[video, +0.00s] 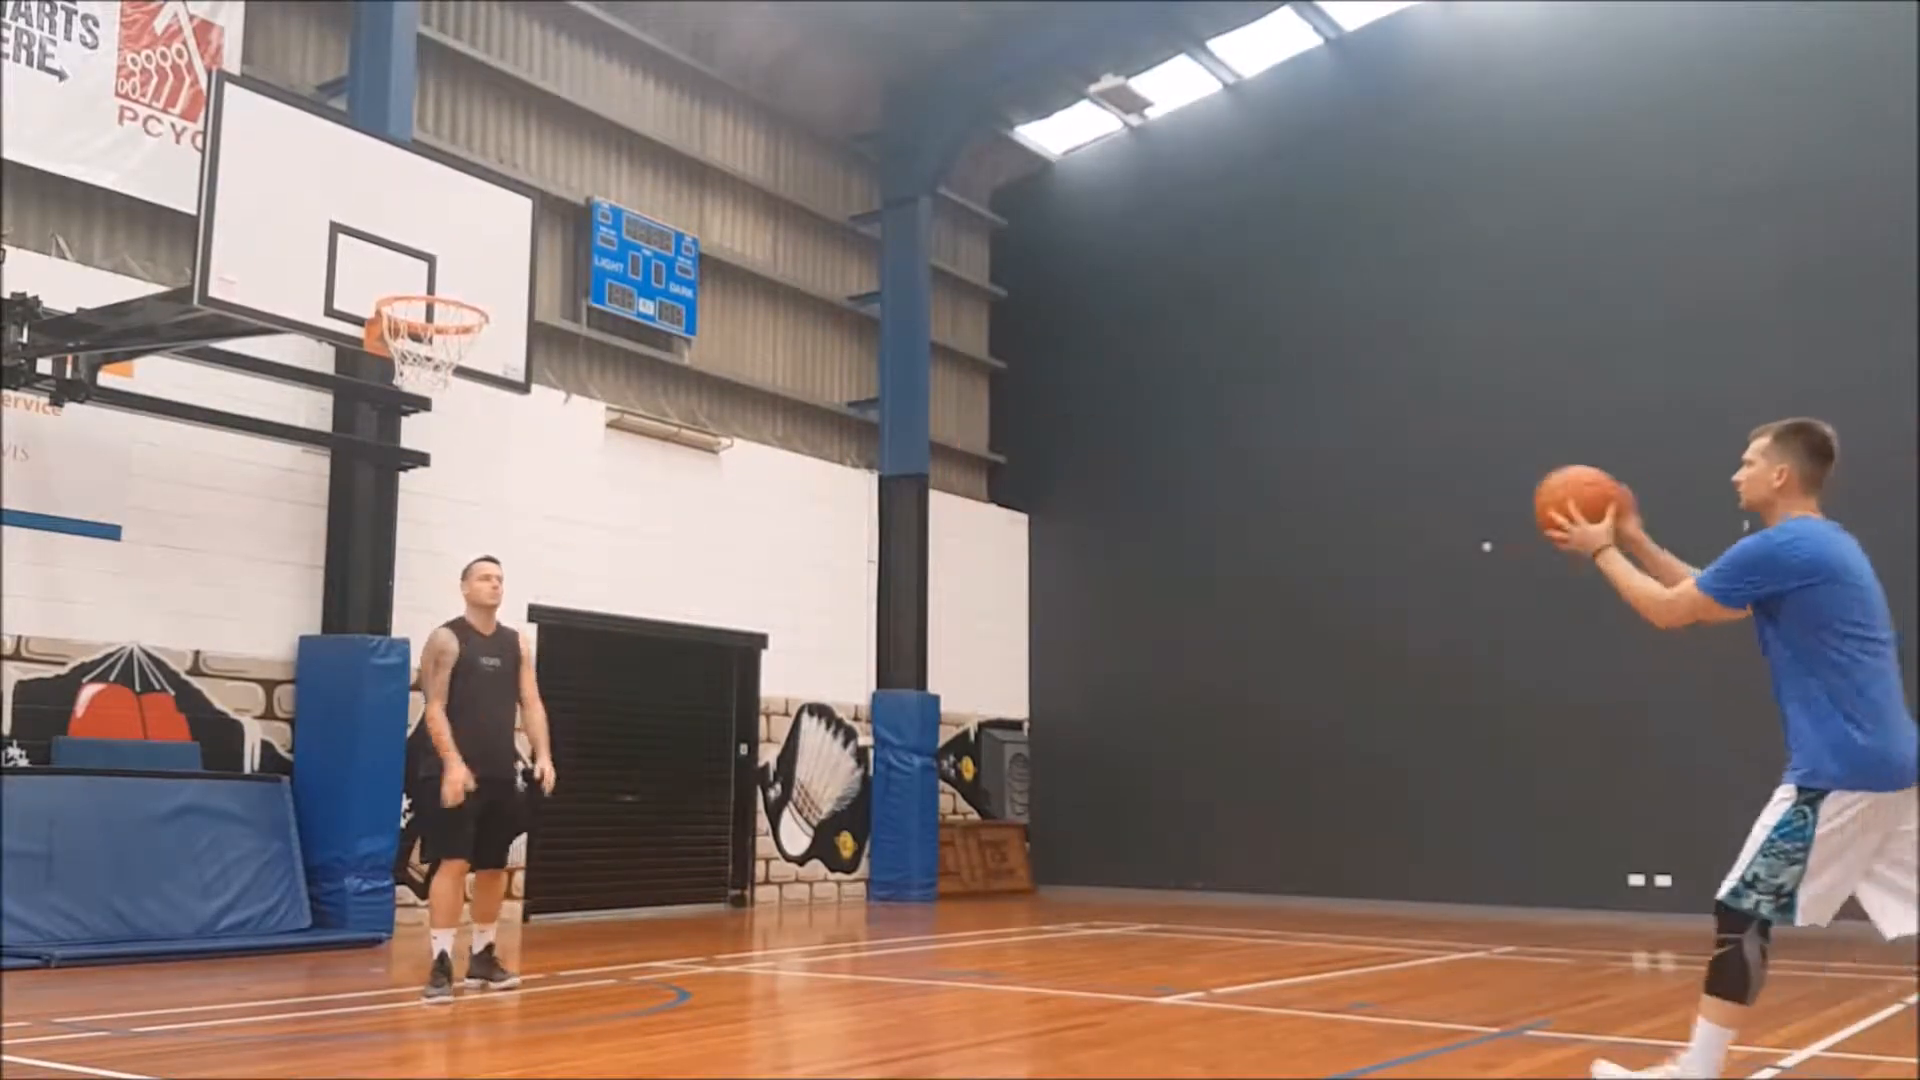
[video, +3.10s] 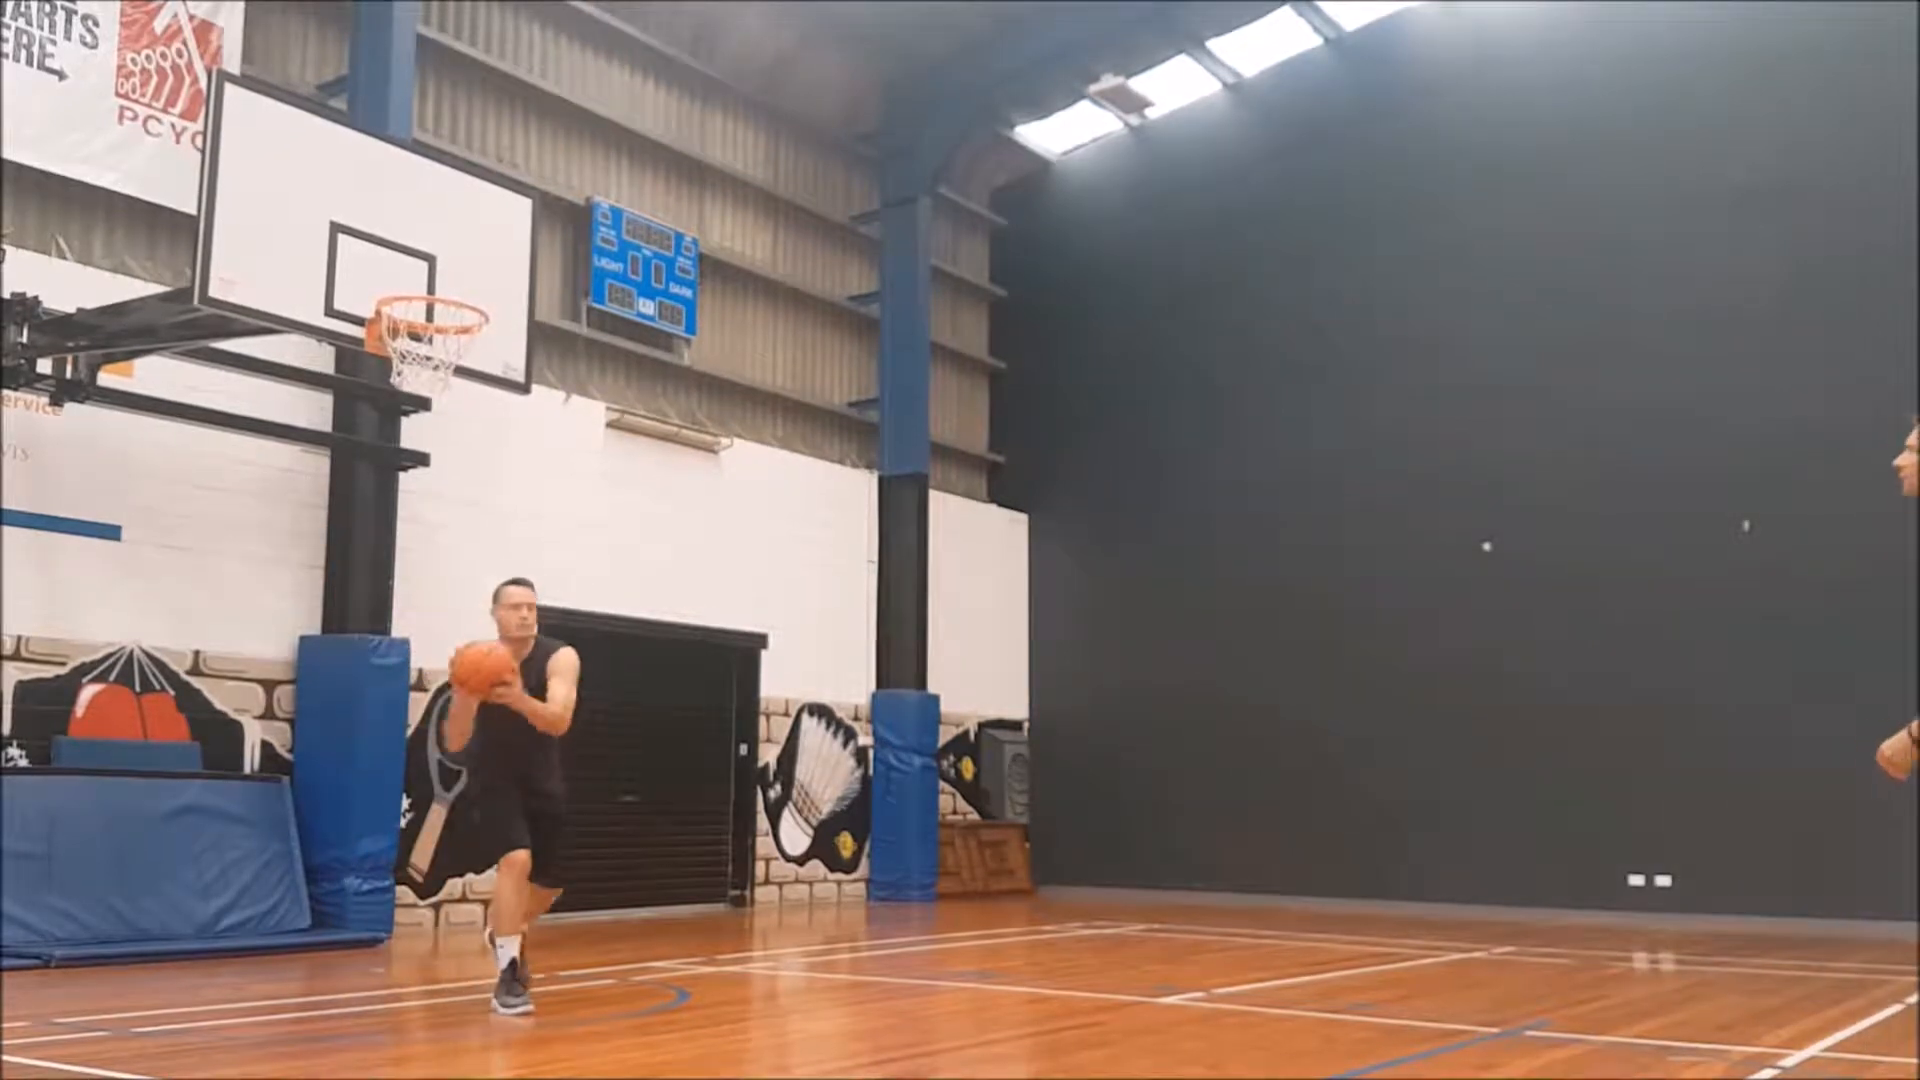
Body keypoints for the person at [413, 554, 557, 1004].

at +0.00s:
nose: (494, 585)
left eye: (499, 579)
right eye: (485, 578)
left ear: (504, 590)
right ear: (464, 588)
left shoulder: (516, 643)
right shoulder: (445, 640)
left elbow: (531, 704)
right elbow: (434, 710)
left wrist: (543, 755)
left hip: (500, 769)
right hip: (451, 768)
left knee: (494, 863)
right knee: (454, 861)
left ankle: (484, 956)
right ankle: (442, 963)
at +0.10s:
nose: (500, 586)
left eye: (505, 580)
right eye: (491, 580)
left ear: (510, 591)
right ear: (471, 589)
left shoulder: (525, 645)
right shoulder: (447, 641)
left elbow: (534, 713)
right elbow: (417, 708)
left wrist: (544, 773)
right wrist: (397, 770)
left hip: (504, 777)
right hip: (454, 775)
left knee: (491, 865)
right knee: (452, 863)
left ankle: (483, 956)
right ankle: (439, 965)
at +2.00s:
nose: (447, 591)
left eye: (455, 589)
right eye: (440, 590)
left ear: (467, 608)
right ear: (429, 609)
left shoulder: (490, 653)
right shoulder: (409, 658)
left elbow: (515, 706)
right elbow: (390, 710)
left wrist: (519, 732)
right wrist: (382, 736)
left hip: (472, 778)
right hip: (418, 777)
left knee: (473, 861)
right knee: (415, 866)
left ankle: (463, 956)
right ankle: (413, 952)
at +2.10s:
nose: (459, 588)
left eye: (467, 587)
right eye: (452, 587)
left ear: (479, 607)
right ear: (442, 606)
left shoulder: (499, 651)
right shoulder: (420, 655)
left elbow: (532, 701)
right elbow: (392, 715)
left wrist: (517, 711)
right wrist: (381, 698)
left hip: (480, 771)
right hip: (427, 769)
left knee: (482, 862)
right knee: (417, 862)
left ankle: (463, 957)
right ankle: (413, 947)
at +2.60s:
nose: (482, 611)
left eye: (491, 603)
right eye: (479, 603)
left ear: (514, 607)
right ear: (476, 606)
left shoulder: (539, 651)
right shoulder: (458, 660)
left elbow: (529, 698)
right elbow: (415, 710)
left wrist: (475, 705)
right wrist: (372, 755)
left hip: (521, 785)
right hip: (471, 781)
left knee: (503, 881)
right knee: (478, 859)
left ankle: (467, 957)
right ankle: (477, 949)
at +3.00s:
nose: (508, 625)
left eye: (516, 616)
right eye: (500, 617)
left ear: (531, 621)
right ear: (489, 623)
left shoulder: (556, 666)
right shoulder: (472, 672)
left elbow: (549, 730)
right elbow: (455, 722)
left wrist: (491, 728)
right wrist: (425, 716)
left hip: (543, 788)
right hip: (493, 784)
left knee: (541, 896)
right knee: (520, 856)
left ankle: (500, 930)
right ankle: (508, 972)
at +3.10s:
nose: (523, 615)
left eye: (529, 607)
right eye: (513, 607)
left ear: (538, 613)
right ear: (495, 615)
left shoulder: (560, 657)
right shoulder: (478, 661)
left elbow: (558, 722)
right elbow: (454, 741)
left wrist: (516, 697)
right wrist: (466, 689)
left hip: (543, 782)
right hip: (494, 781)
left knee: (550, 885)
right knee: (517, 858)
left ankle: (504, 927)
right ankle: (510, 972)